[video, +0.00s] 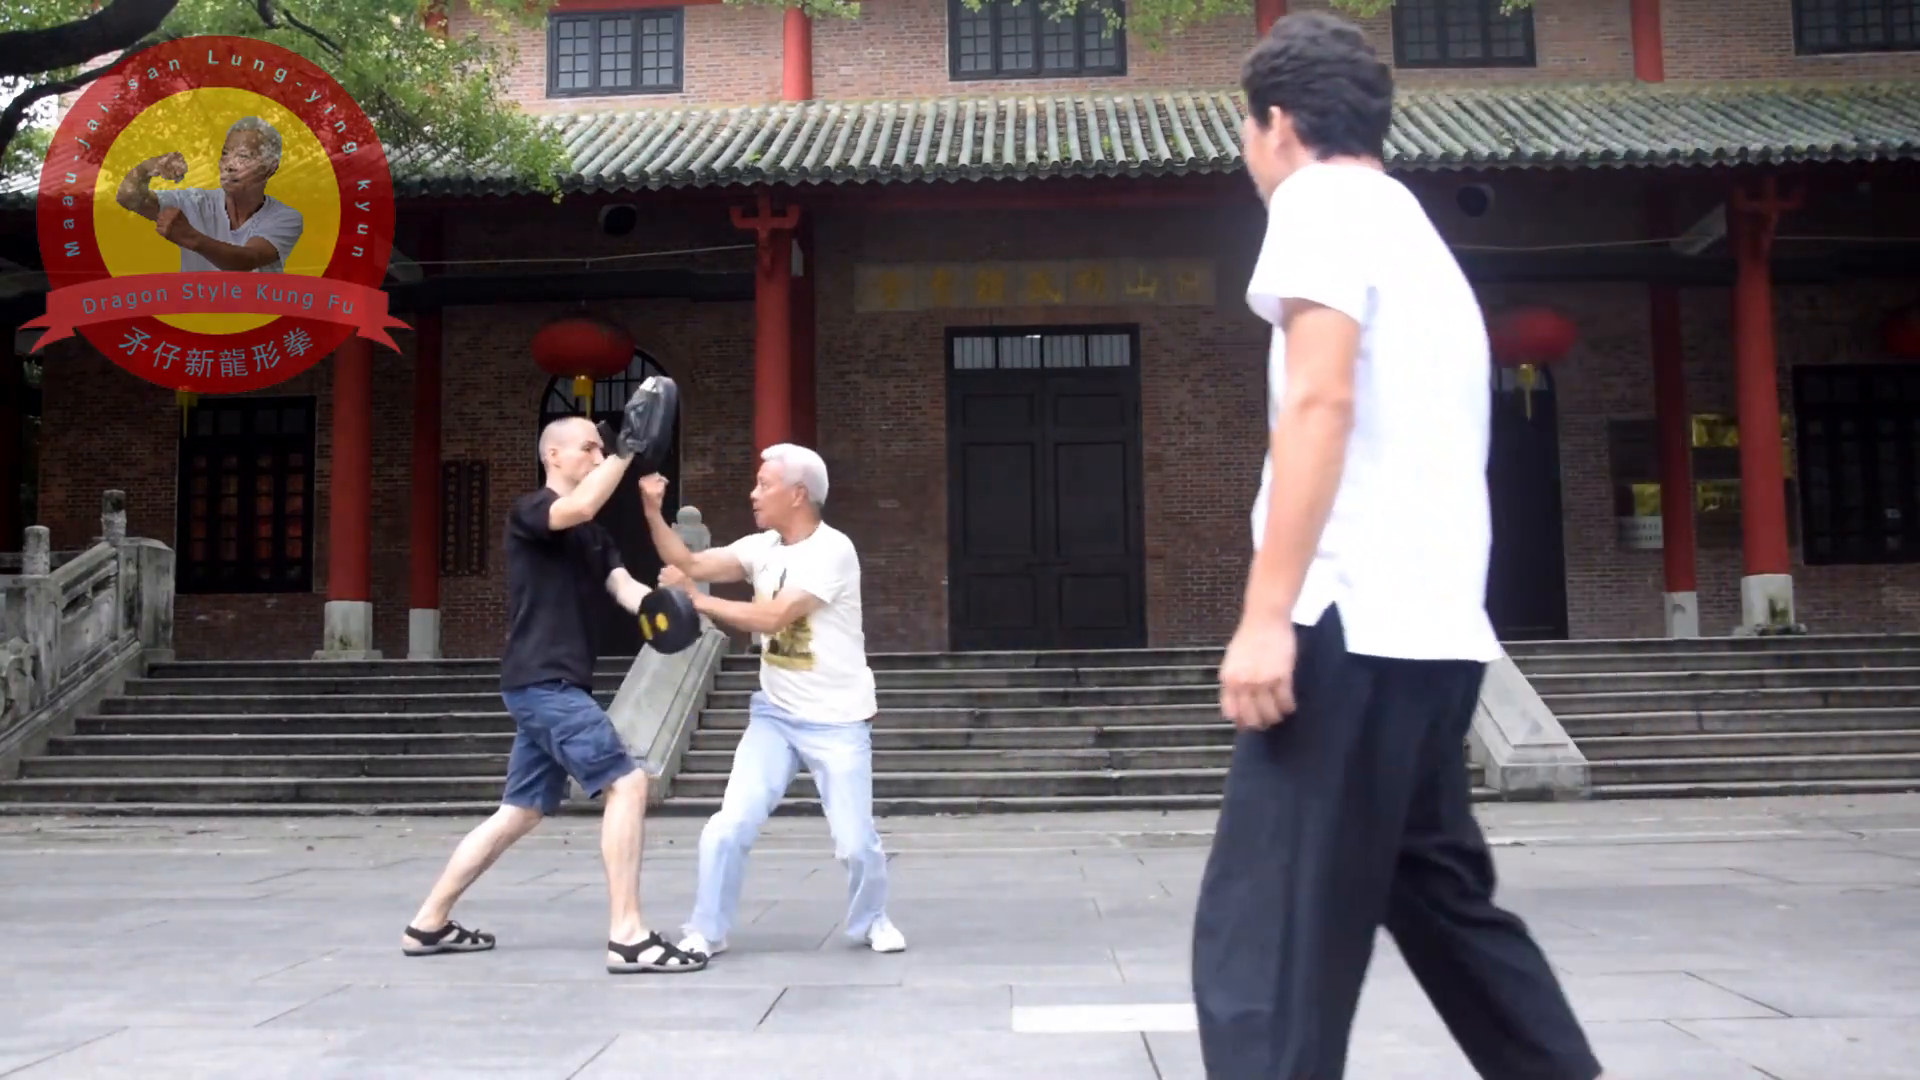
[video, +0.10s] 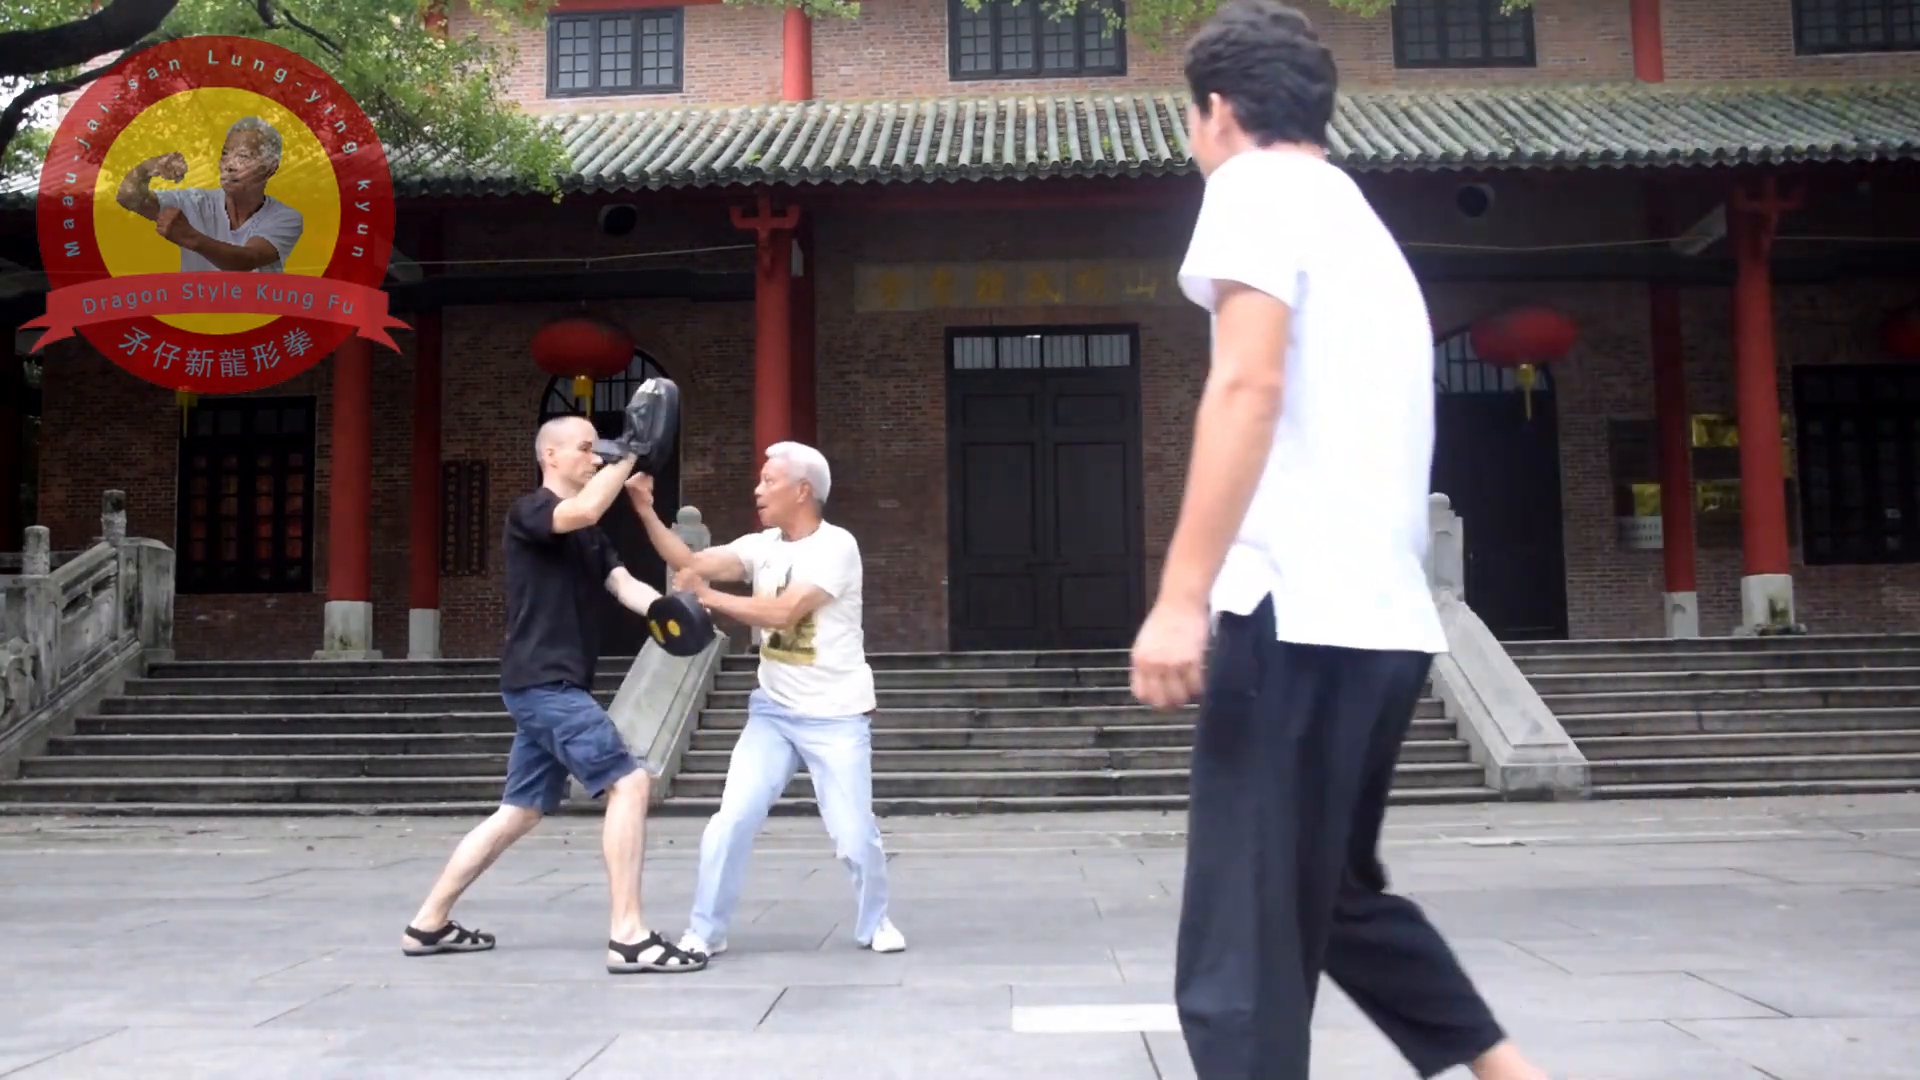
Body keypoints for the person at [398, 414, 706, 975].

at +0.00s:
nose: (600, 458)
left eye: (601, 450)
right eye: (587, 447)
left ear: (597, 460)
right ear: (551, 456)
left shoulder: (591, 525)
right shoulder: (530, 508)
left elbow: (621, 582)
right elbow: (579, 507)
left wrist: (654, 609)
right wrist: (628, 450)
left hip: (557, 682)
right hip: (539, 680)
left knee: (520, 810)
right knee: (628, 784)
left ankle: (428, 923)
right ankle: (628, 935)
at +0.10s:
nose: (598, 459)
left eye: (599, 450)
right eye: (585, 448)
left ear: (592, 461)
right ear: (550, 457)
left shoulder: (587, 526)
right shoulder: (530, 509)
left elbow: (623, 581)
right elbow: (583, 511)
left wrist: (665, 610)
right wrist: (625, 461)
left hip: (557, 682)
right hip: (540, 681)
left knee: (520, 810)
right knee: (630, 783)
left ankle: (429, 923)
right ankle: (628, 935)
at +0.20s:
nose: (601, 457)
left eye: (601, 449)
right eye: (588, 447)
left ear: (593, 460)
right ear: (552, 457)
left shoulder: (587, 524)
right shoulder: (533, 511)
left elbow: (622, 584)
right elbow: (592, 514)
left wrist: (664, 613)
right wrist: (639, 454)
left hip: (558, 683)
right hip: (543, 683)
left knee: (521, 810)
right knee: (633, 784)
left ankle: (429, 922)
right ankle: (629, 935)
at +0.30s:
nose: (605, 459)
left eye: (605, 450)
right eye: (592, 449)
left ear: (599, 461)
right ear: (555, 458)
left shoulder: (591, 525)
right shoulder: (536, 512)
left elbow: (622, 585)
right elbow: (598, 514)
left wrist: (663, 614)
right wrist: (640, 464)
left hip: (556, 683)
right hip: (543, 682)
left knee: (537, 815)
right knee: (633, 785)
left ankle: (432, 917)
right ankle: (629, 935)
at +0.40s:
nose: (603, 467)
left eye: (603, 458)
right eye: (591, 457)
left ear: (573, 467)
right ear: (556, 464)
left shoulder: (587, 530)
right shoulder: (535, 515)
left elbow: (615, 600)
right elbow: (583, 528)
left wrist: (656, 623)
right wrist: (630, 479)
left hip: (553, 686)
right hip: (536, 686)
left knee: (565, 822)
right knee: (632, 785)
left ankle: (450, 894)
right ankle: (629, 935)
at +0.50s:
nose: (585, 478)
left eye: (587, 469)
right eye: (576, 467)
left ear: (568, 476)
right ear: (539, 471)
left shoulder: (563, 535)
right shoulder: (519, 524)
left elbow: (575, 623)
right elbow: (535, 560)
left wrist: (620, 651)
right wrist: (595, 514)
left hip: (546, 693)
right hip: (532, 693)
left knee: (574, 825)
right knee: (626, 788)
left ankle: (466, 895)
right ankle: (630, 934)